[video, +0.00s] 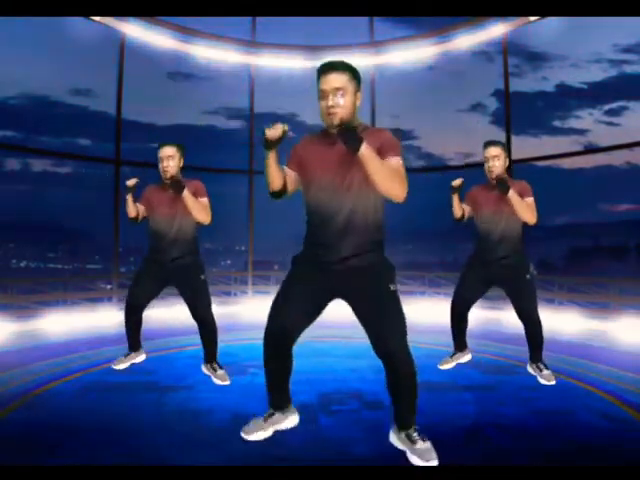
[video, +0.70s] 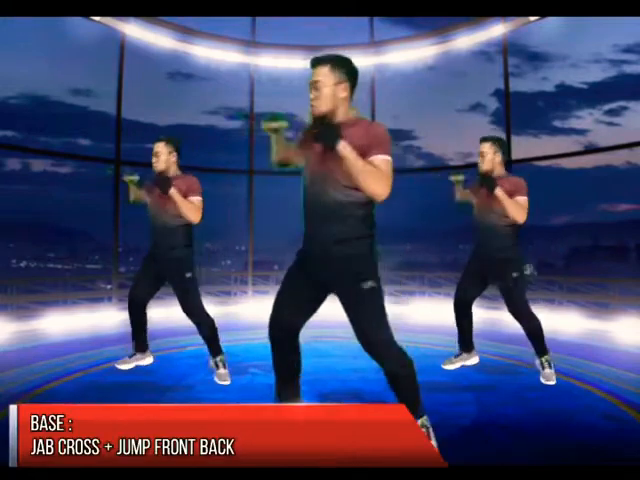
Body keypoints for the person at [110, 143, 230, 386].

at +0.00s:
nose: (166, 164)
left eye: (171, 159)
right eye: (162, 159)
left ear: (181, 161)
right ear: (158, 163)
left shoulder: (194, 187)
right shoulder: (152, 192)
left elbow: (205, 217)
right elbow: (134, 215)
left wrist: (182, 191)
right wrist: (130, 194)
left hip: (187, 264)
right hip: (156, 264)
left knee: (204, 315)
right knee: (133, 304)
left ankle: (211, 363)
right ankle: (135, 351)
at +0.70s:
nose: (154, 159)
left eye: (158, 155)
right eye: (153, 155)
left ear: (173, 156)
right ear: (155, 158)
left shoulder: (189, 183)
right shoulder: (155, 183)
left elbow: (195, 216)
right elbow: (145, 197)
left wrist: (173, 192)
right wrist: (136, 191)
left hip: (180, 257)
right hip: (157, 256)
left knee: (194, 309)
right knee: (136, 300)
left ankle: (218, 359)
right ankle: (141, 352)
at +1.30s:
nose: (161, 164)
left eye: (165, 159)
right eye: (160, 160)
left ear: (180, 159)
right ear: (166, 163)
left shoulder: (201, 182)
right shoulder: (166, 191)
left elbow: (205, 212)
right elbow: (151, 216)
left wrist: (177, 187)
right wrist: (145, 195)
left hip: (197, 261)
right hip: (171, 260)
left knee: (205, 315)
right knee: (147, 302)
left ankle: (222, 365)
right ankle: (142, 352)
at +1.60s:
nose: (146, 155)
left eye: (150, 150)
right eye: (145, 151)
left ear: (165, 150)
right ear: (149, 155)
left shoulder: (187, 174)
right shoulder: (152, 185)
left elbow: (194, 201)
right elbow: (138, 208)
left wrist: (167, 174)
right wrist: (128, 188)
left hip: (184, 252)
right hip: (156, 252)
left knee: (197, 306)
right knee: (127, 287)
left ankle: (219, 359)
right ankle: (118, 337)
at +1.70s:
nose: (138, 159)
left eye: (142, 154)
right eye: (137, 155)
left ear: (157, 155)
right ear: (141, 159)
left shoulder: (179, 178)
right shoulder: (144, 188)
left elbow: (183, 206)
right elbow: (126, 209)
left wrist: (157, 179)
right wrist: (118, 189)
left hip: (174, 254)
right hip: (145, 253)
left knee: (191, 306)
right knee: (121, 297)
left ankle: (203, 353)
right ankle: (113, 343)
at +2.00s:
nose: (140, 155)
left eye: (143, 149)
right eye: (139, 151)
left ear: (158, 150)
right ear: (142, 155)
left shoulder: (179, 174)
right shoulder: (144, 183)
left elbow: (186, 202)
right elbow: (126, 205)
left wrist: (159, 179)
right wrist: (119, 184)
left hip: (175, 249)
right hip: (148, 249)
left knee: (195, 303)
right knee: (125, 293)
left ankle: (207, 352)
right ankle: (117, 342)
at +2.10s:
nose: (148, 157)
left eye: (152, 153)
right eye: (146, 154)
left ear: (166, 154)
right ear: (147, 159)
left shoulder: (184, 175)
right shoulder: (150, 184)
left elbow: (189, 201)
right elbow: (135, 209)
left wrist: (163, 179)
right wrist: (127, 185)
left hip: (184, 252)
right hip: (159, 253)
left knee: (199, 308)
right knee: (131, 294)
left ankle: (221, 361)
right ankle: (131, 348)